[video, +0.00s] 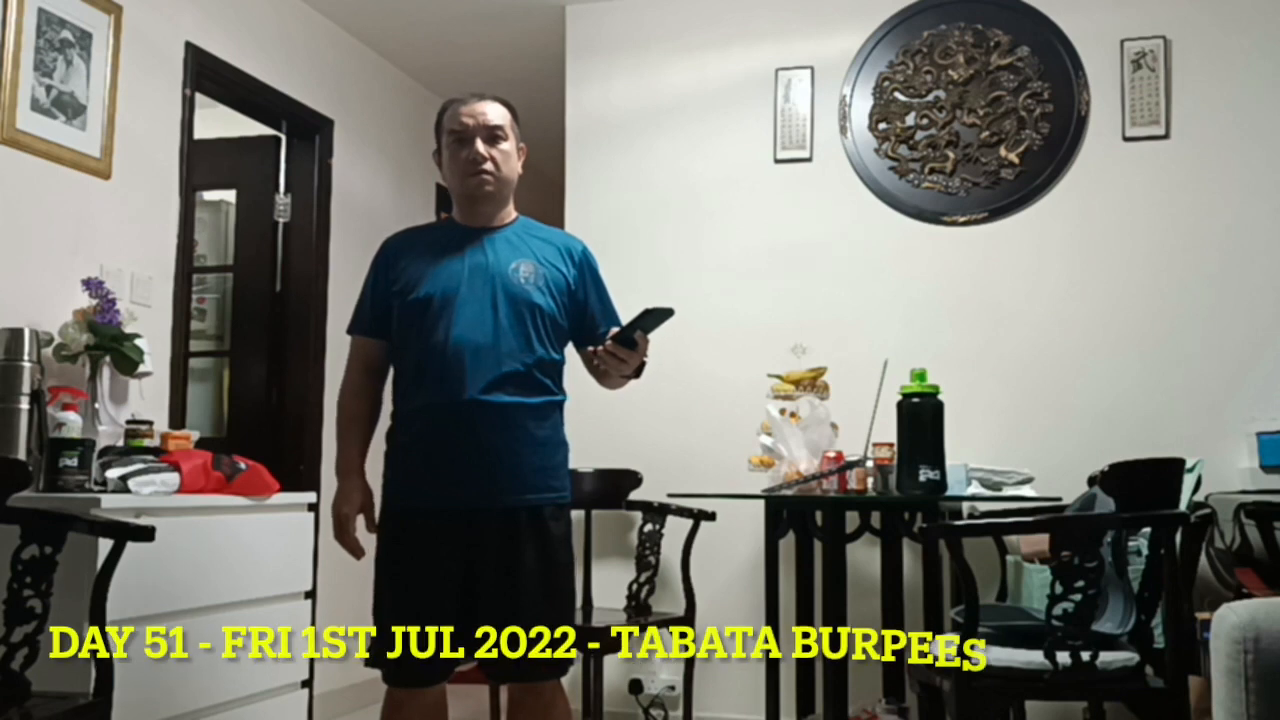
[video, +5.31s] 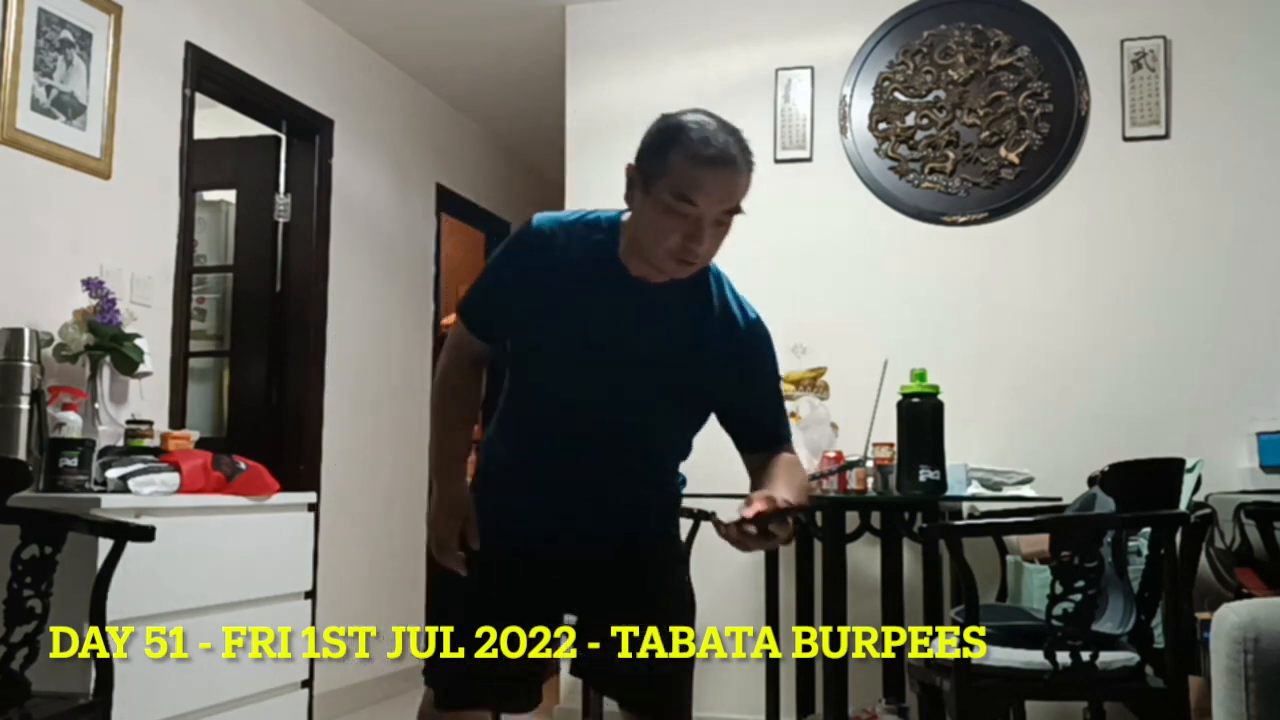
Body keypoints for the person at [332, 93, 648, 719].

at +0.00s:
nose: (477, 148)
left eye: (493, 136)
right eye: (460, 139)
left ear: (521, 158)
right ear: (439, 162)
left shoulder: (565, 252)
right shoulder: (401, 253)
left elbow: (605, 363)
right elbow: (364, 371)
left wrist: (622, 365)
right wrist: (350, 473)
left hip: (529, 497)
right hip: (421, 496)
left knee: (536, 681)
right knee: (411, 682)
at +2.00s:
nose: (478, 146)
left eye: (494, 135)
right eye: (460, 137)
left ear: (519, 159)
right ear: (438, 162)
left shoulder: (563, 253)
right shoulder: (400, 256)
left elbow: (603, 362)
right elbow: (365, 374)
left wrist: (622, 362)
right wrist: (352, 475)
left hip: (528, 496)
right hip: (422, 495)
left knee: (536, 680)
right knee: (412, 681)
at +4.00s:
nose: (477, 146)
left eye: (493, 135)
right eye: (460, 137)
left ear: (519, 159)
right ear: (438, 161)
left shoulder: (562, 254)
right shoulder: (400, 257)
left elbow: (602, 362)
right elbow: (365, 376)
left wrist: (622, 362)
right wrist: (352, 477)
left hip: (529, 497)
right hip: (422, 496)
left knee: (536, 680)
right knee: (413, 680)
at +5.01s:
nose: (543, 185)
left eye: (559, 167)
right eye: (523, 163)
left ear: (571, 171)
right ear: (481, 158)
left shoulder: (594, 274)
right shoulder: (416, 256)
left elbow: (638, 390)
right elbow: (362, 364)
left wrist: (653, 400)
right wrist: (352, 466)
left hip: (543, 521)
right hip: (428, 512)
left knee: (577, 700)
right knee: (398, 701)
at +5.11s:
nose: (594, 190)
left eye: (612, 172)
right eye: (574, 165)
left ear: (624, 175)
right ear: (531, 158)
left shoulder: (639, 286)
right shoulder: (459, 250)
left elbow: (679, 397)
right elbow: (398, 361)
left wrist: (691, 429)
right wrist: (379, 466)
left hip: (575, 528)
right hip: (458, 517)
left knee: (599, 704)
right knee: (408, 696)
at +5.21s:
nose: (651, 210)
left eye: (672, 189)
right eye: (632, 181)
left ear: (685, 186)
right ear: (587, 165)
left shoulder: (690, 303)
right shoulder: (508, 247)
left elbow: (727, 415)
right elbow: (435, 362)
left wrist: (733, 457)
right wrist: (415, 477)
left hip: (610, 533)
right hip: (489, 519)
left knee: (635, 705)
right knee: (436, 702)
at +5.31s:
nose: (701, 239)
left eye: (723, 219)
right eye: (682, 209)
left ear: (738, 214)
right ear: (633, 186)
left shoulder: (732, 331)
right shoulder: (542, 252)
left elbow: (777, 454)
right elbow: (464, 355)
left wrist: (776, 501)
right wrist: (447, 490)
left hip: (637, 540)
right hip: (511, 525)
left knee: (661, 707)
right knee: (460, 705)